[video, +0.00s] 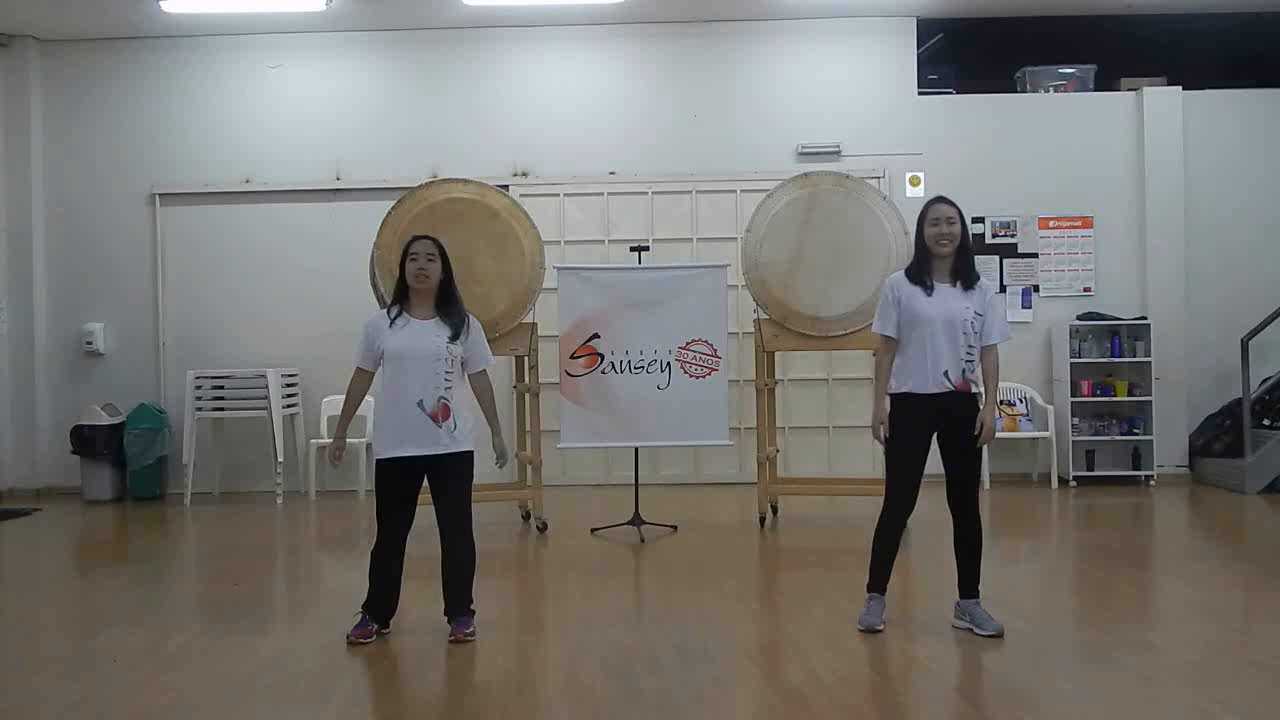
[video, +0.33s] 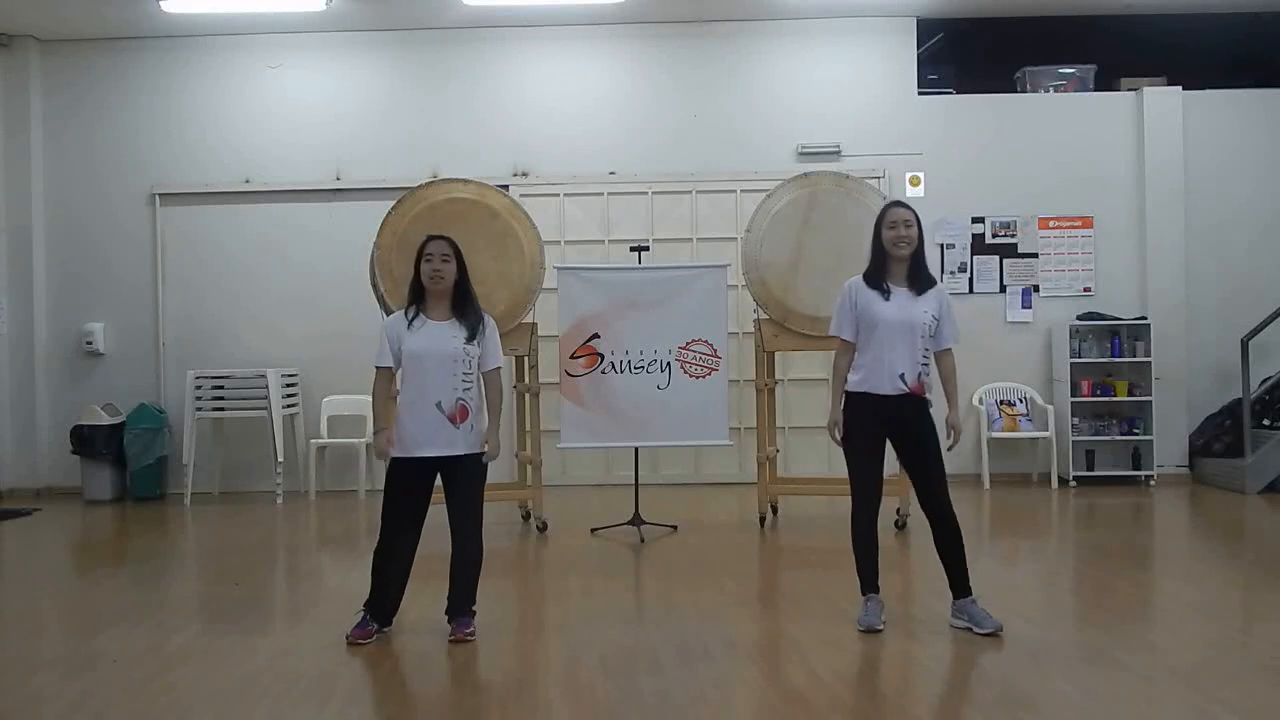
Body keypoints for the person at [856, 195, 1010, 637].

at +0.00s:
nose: (943, 230)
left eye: (951, 222)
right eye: (934, 223)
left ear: (963, 230)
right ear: (920, 232)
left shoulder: (979, 289)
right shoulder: (899, 285)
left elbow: (989, 350)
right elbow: (884, 349)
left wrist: (991, 404)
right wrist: (880, 403)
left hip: (962, 406)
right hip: (909, 405)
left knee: (965, 506)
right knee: (897, 505)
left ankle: (969, 603)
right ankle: (874, 599)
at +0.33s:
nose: (901, 233)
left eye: (908, 226)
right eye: (893, 227)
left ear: (919, 234)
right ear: (879, 235)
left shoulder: (933, 293)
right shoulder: (857, 289)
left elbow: (944, 354)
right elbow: (844, 351)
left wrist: (953, 408)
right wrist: (836, 405)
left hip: (913, 408)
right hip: (863, 407)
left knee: (938, 504)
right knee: (865, 504)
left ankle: (963, 602)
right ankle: (871, 600)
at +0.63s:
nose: (880, 234)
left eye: (888, 228)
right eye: (872, 228)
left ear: (898, 236)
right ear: (858, 236)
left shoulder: (912, 291)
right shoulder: (837, 290)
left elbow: (922, 351)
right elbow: (826, 346)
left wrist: (923, 404)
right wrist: (821, 390)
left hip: (900, 406)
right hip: (850, 407)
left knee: (913, 504)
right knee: (859, 503)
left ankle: (922, 597)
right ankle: (870, 599)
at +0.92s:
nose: (874, 234)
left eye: (881, 227)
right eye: (865, 228)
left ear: (892, 235)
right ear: (852, 236)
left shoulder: (909, 290)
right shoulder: (834, 291)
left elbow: (922, 350)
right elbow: (826, 354)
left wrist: (925, 404)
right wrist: (822, 408)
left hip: (899, 407)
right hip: (849, 408)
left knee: (902, 504)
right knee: (858, 504)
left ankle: (905, 594)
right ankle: (870, 598)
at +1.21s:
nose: (875, 233)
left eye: (883, 226)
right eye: (867, 228)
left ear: (895, 235)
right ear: (855, 237)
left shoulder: (914, 290)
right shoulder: (837, 292)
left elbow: (925, 350)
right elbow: (827, 352)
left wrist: (926, 405)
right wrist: (821, 406)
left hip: (901, 406)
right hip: (851, 407)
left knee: (908, 501)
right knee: (860, 503)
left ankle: (908, 589)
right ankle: (870, 598)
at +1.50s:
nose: (887, 233)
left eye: (893, 226)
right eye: (878, 228)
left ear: (906, 234)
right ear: (867, 238)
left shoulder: (925, 288)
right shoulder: (851, 290)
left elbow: (939, 349)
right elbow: (844, 349)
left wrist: (940, 401)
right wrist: (843, 399)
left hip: (914, 404)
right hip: (866, 404)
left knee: (913, 501)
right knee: (871, 501)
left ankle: (908, 590)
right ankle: (871, 597)